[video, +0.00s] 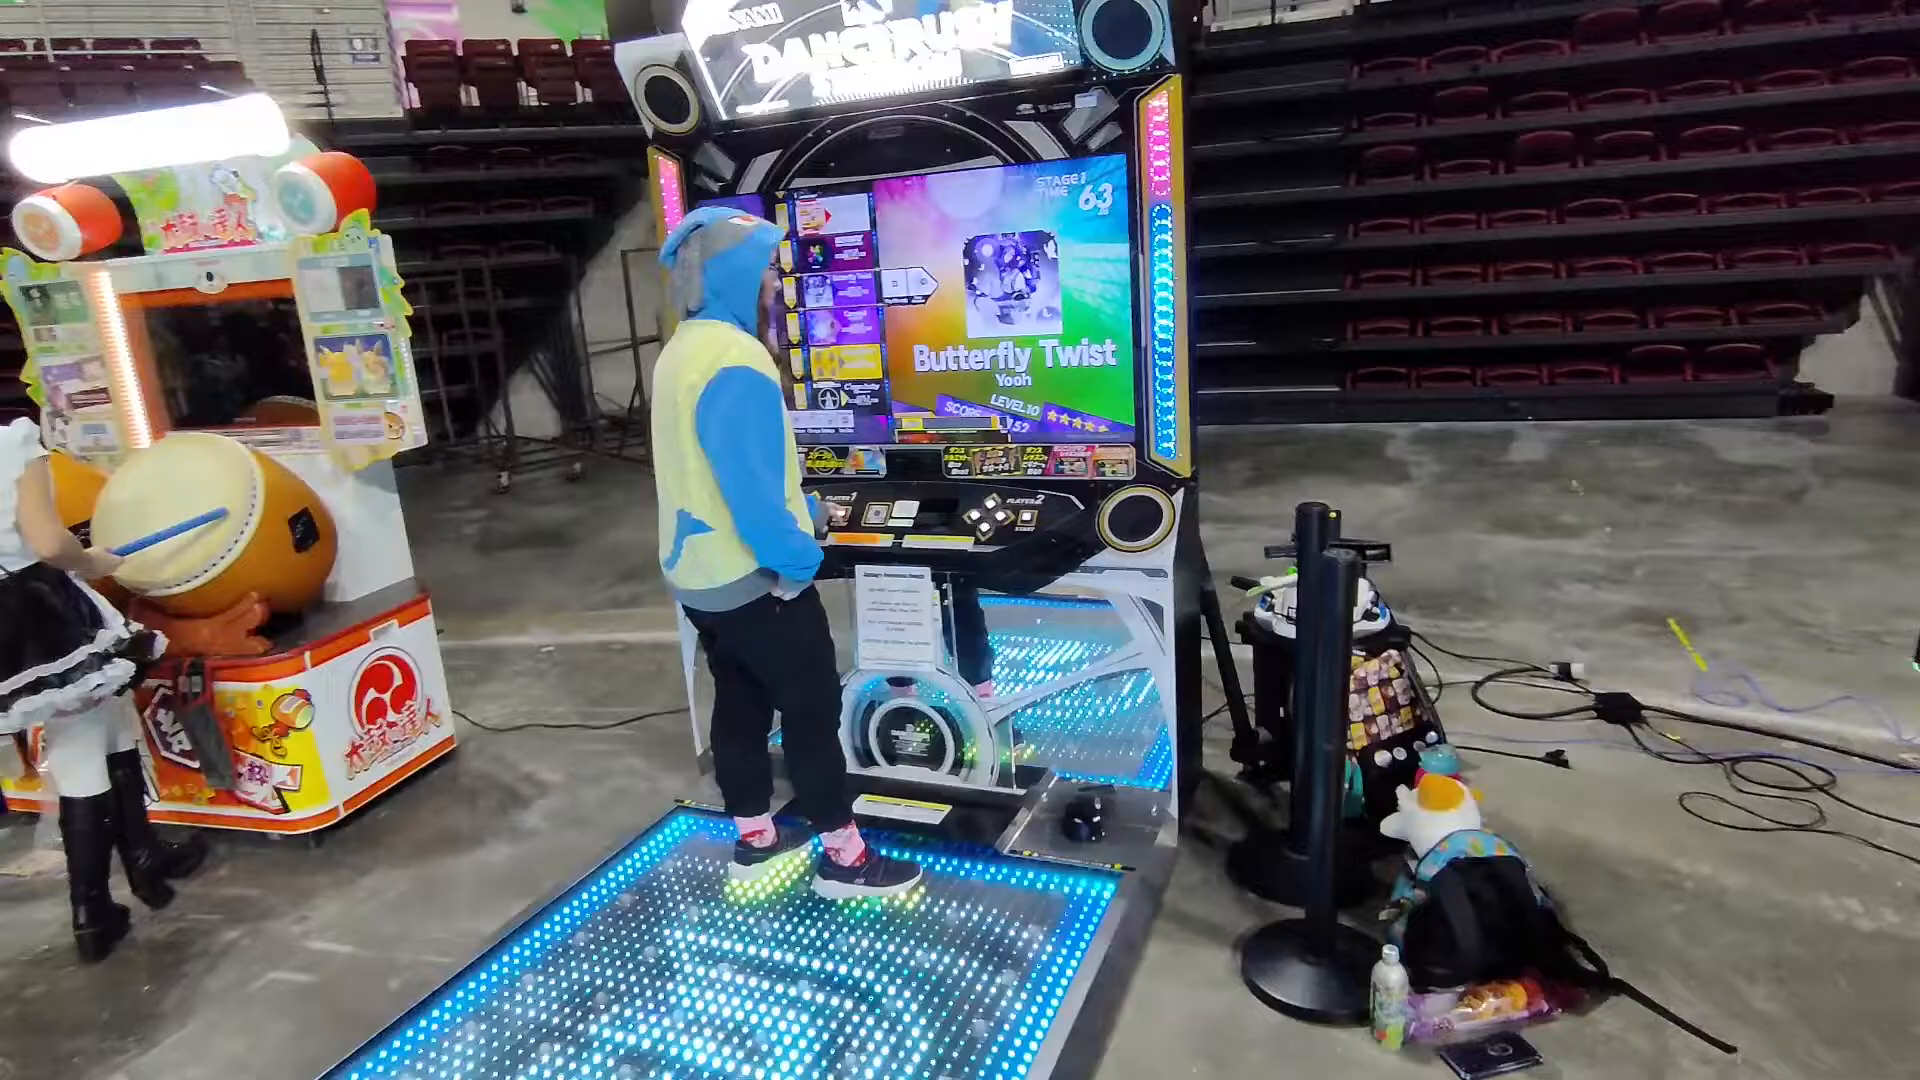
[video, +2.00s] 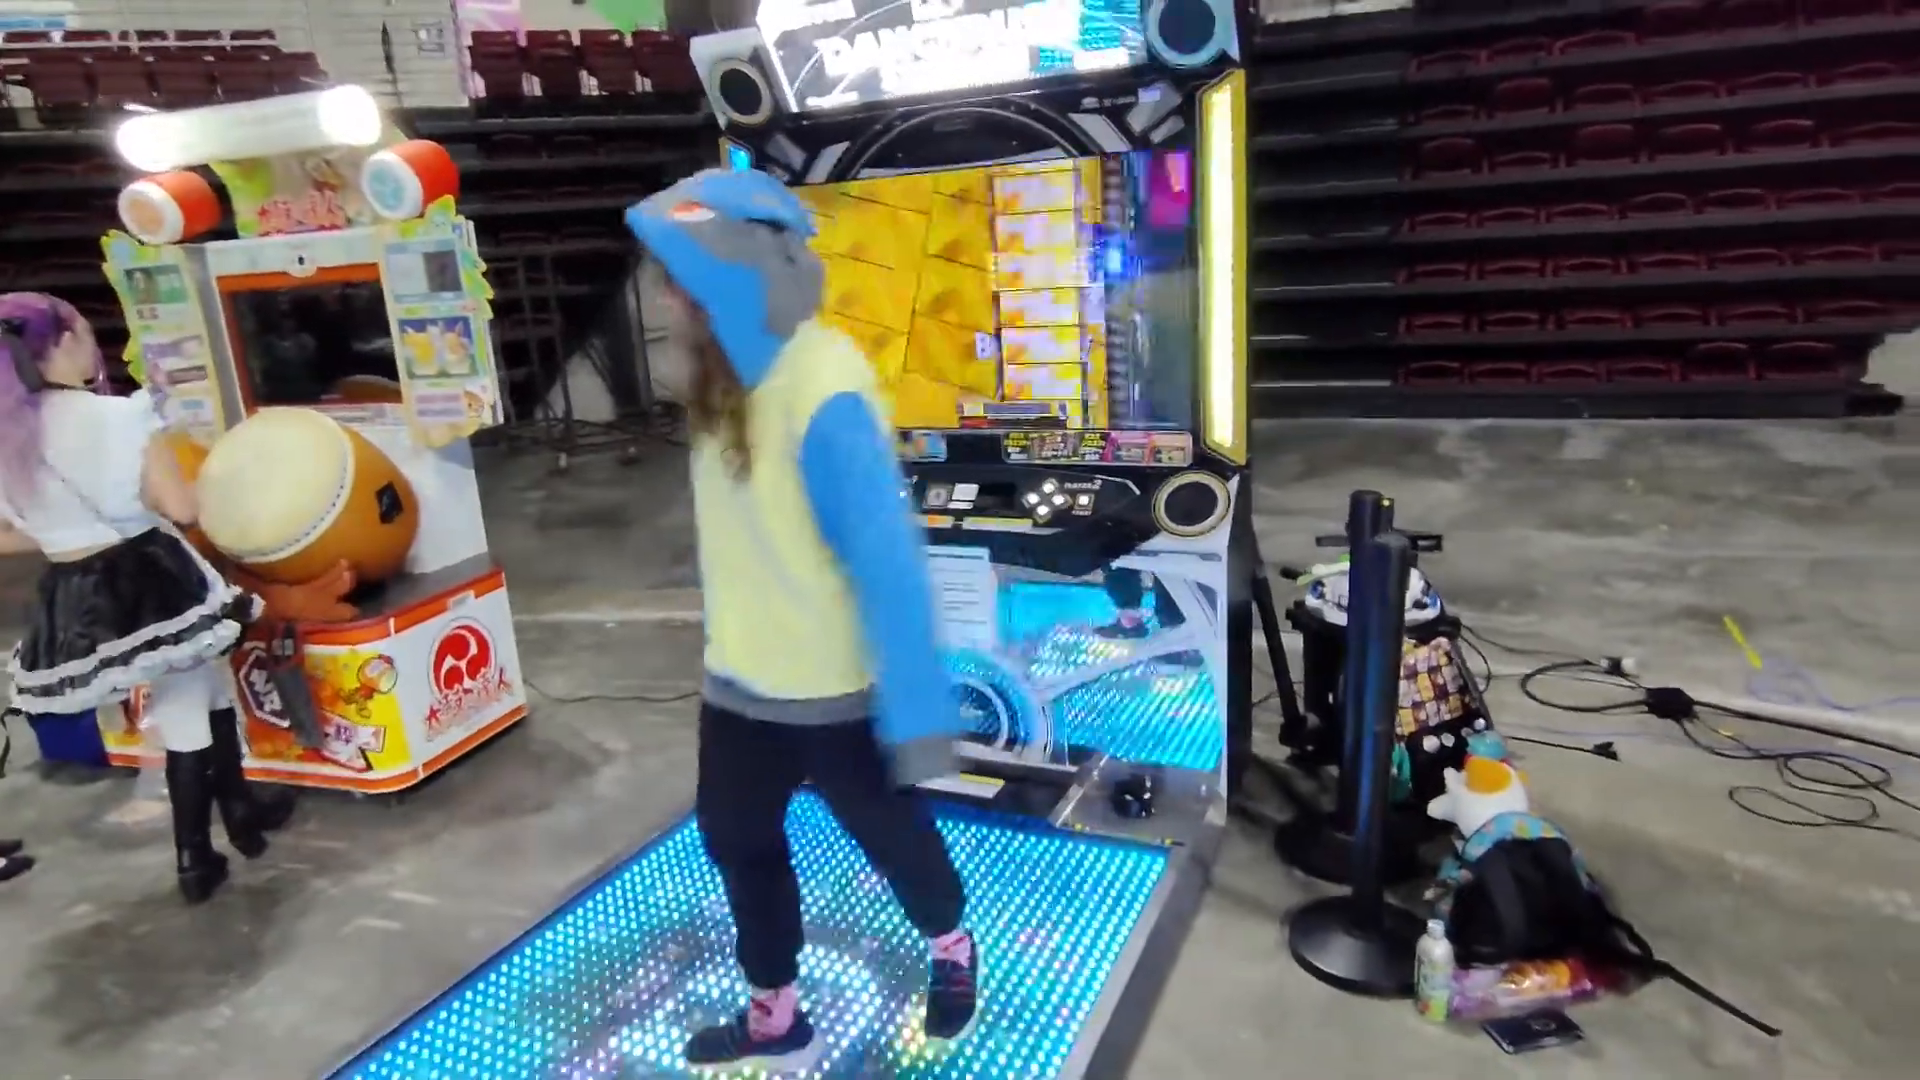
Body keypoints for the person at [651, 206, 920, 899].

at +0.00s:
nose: (777, 285)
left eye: (776, 271)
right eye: (768, 272)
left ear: (709, 279)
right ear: (736, 278)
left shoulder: (684, 351)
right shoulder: (735, 364)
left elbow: (698, 472)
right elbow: (754, 494)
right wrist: (804, 563)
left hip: (706, 581)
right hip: (757, 581)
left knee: (742, 697)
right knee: (813, 704)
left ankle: (753, 831)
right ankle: (843, 852)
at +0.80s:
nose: (834, 284)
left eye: (836, 268)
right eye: (816, 269)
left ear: (839, 275)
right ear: (773, 283)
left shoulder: (818, 361)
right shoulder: (743, 383)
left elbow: (838, 488)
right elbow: (762, 526)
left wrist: (860, 588)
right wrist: (800, 638)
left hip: (851, 600)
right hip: (785, 627)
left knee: (865, 714)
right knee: (819, 755)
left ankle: (801, 809)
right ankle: (835, 875)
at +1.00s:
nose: (839, 279)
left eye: (847, 263)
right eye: (817, 264)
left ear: (859, 273)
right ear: (777, 281)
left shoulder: (872, 362)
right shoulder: (743, 382)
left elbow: (913, 470)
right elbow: (737, 521)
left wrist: (914, 556)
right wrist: (766, 637)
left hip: (884, 596)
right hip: (795, 626)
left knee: (915, 719)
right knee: (820, 757)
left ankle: (903, 844)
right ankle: (846, 865)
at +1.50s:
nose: (797, 270)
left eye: (814, 251)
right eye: (785, 255)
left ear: (865, 255)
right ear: (776, 264)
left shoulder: (929, 355)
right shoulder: (762, 359)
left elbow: (994, 493)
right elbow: (731, 499)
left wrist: (1033, 613)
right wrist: (735, 614)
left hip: (913, 630)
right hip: (797, 635)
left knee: (917, 800)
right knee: (825, 785)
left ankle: (941, 951)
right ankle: (916, 821)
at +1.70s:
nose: (764, 277)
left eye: (781, 257)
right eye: (756, 260)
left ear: (837, 261)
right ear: (752, 269)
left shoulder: (919, 364)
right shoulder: (761, 361)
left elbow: (1017, 510)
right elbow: (750, 495)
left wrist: (1101, 643)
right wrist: (753, 598)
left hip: (914, 638)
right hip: (798, 631)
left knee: (926, 805)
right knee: (778, 786)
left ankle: (950, 944)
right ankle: (876, 908)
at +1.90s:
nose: (701, 300)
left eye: (716, 280)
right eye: (698, 280)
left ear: (781, 280)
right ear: (734, 289)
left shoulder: (869, 391)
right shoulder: (750, 377)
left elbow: (956, 543)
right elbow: (764, 519)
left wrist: (1013, 687)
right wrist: (753, 627)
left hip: (886, 676)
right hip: (778, 667)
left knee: (917, 832)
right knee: (763, 835)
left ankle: (958, 952)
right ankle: (781, 1010)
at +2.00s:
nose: (672, 306)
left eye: (686, 286)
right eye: (668, 286)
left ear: (750, 286)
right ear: (731, 289)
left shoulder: (825, 392)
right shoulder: (726, 380)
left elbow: (888, 560)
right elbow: (745, 538)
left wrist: (920, 717)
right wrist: (740, 662)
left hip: (834, 696)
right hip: (739, 689)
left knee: (889, 831)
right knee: (739, 840)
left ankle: (950, 943)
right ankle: (773, 1008)